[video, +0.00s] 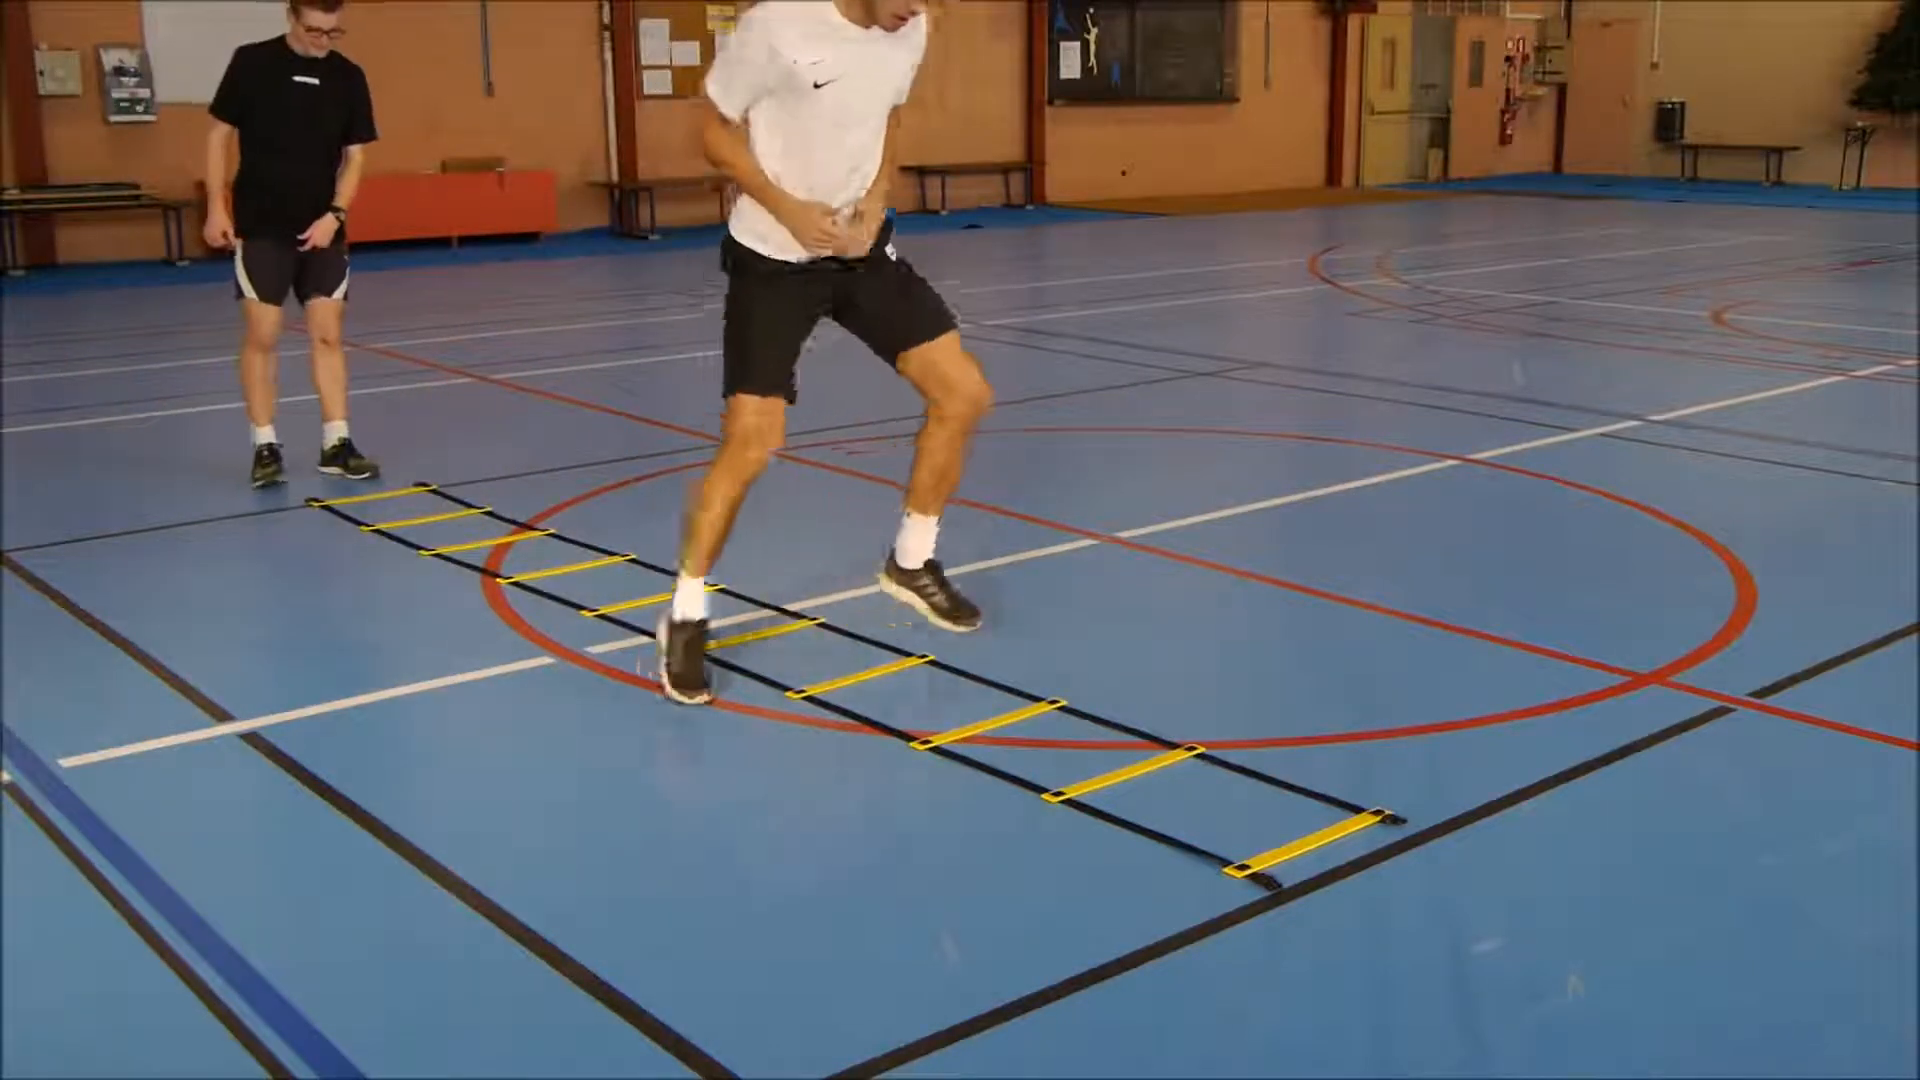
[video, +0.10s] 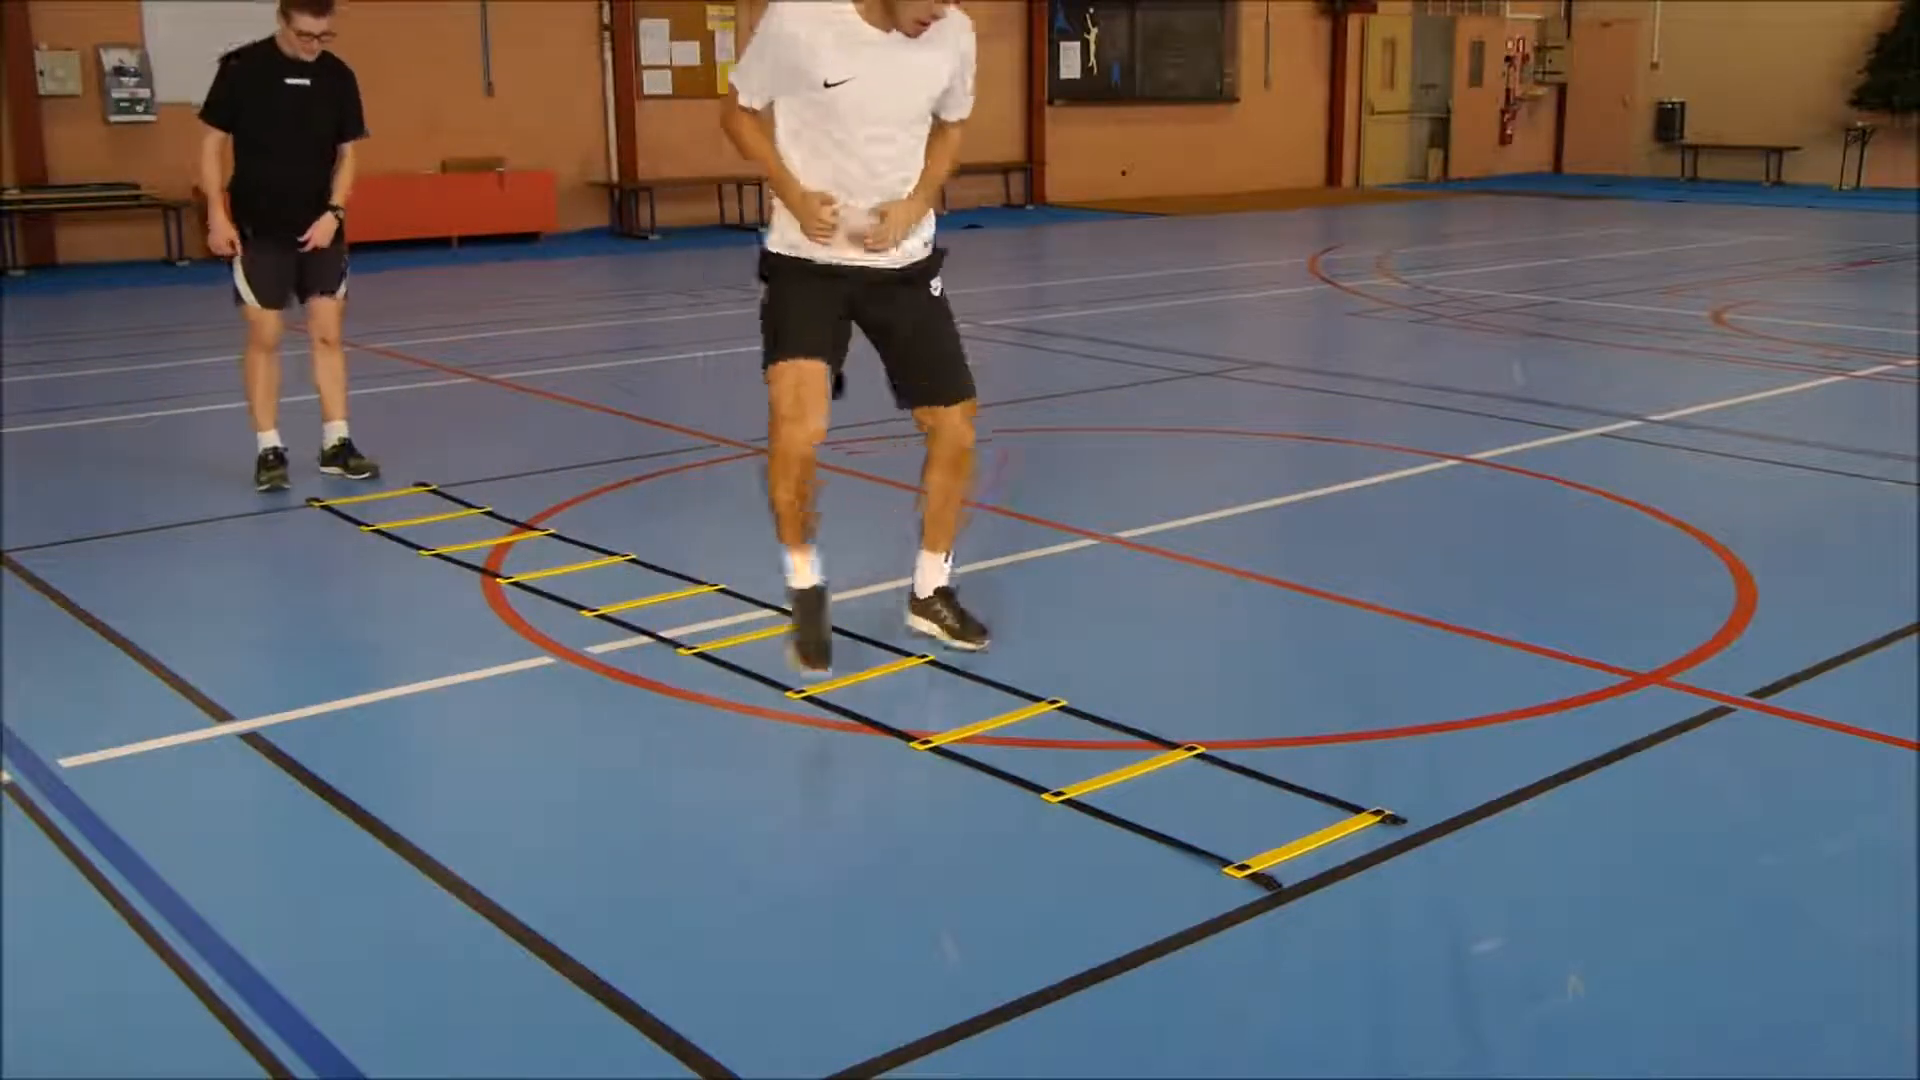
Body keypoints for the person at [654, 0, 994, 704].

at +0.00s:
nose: (913, 3)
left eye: (917, 0)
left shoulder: (912, 29)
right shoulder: (773, 26)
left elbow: (887, 116)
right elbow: (714, 131)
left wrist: (876, 202)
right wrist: (792, 210)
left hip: (862, 249)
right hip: (769, 259)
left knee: (961, 395)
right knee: (754, 441)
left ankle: (913, 562)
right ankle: (686, 613)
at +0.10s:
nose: (937, 17)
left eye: (945, 8)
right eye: (928, 6)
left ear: (948, 5)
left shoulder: (953, 33)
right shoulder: (795, 23)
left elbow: (948, 125)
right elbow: (738, 112)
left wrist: (918, 201)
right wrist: (793, 194)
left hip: (904, 264)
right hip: (805, 263)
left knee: (955, 429)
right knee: (797, 431)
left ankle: (931, 588)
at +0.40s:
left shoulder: (1001, 14)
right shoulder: (837, 8)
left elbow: (982, 106)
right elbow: (776, 90)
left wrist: (949, 185)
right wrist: (846, 180)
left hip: (934, 244)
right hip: (838, 245)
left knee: (968, 434)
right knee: (877, 436)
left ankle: (906, 616)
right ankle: (856, 615)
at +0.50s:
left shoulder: (1015, 27)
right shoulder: (853, 14)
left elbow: (1002, 123)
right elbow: (785, 103)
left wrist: (968, 205)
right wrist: (864, 196)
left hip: (947, 270)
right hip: (849, 263)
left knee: (1005, 448)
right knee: (860, 446)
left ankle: (913, 609)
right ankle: (810, 652)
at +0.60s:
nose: (1035, 18)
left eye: (1040, 9)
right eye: (1027, 5)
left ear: (1034, 5)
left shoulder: (1024, 38)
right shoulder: (881, 30)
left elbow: (986, 132)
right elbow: (802, 149)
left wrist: (996, 213)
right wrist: (908, 231)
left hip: (967, 289)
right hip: (875, 295)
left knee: (1089, 424)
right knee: (851, 497)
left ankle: (992, 588)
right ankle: (778, 679)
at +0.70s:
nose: (1055, 5)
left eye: (1060, 0)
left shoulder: (1055, 28)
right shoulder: (901, 19)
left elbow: (1031, 123)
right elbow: (824, 123)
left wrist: (1024, 200)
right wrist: (919, 208)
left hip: (997, 278)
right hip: (898, 281)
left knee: (1098, 438)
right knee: (889, 475)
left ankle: (1039, 615)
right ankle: (811, 662)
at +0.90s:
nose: (1095, 3)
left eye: (1102, 0)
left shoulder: (1122, 23)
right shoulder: (945, 12)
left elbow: (1120, 128)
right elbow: (882, 98)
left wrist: (1081, 221)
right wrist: (946, 181)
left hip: (1055, 284)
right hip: (953, 282)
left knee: (1116, 471)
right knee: (989, 488)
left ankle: (1058, 622)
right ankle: (1005, 665)